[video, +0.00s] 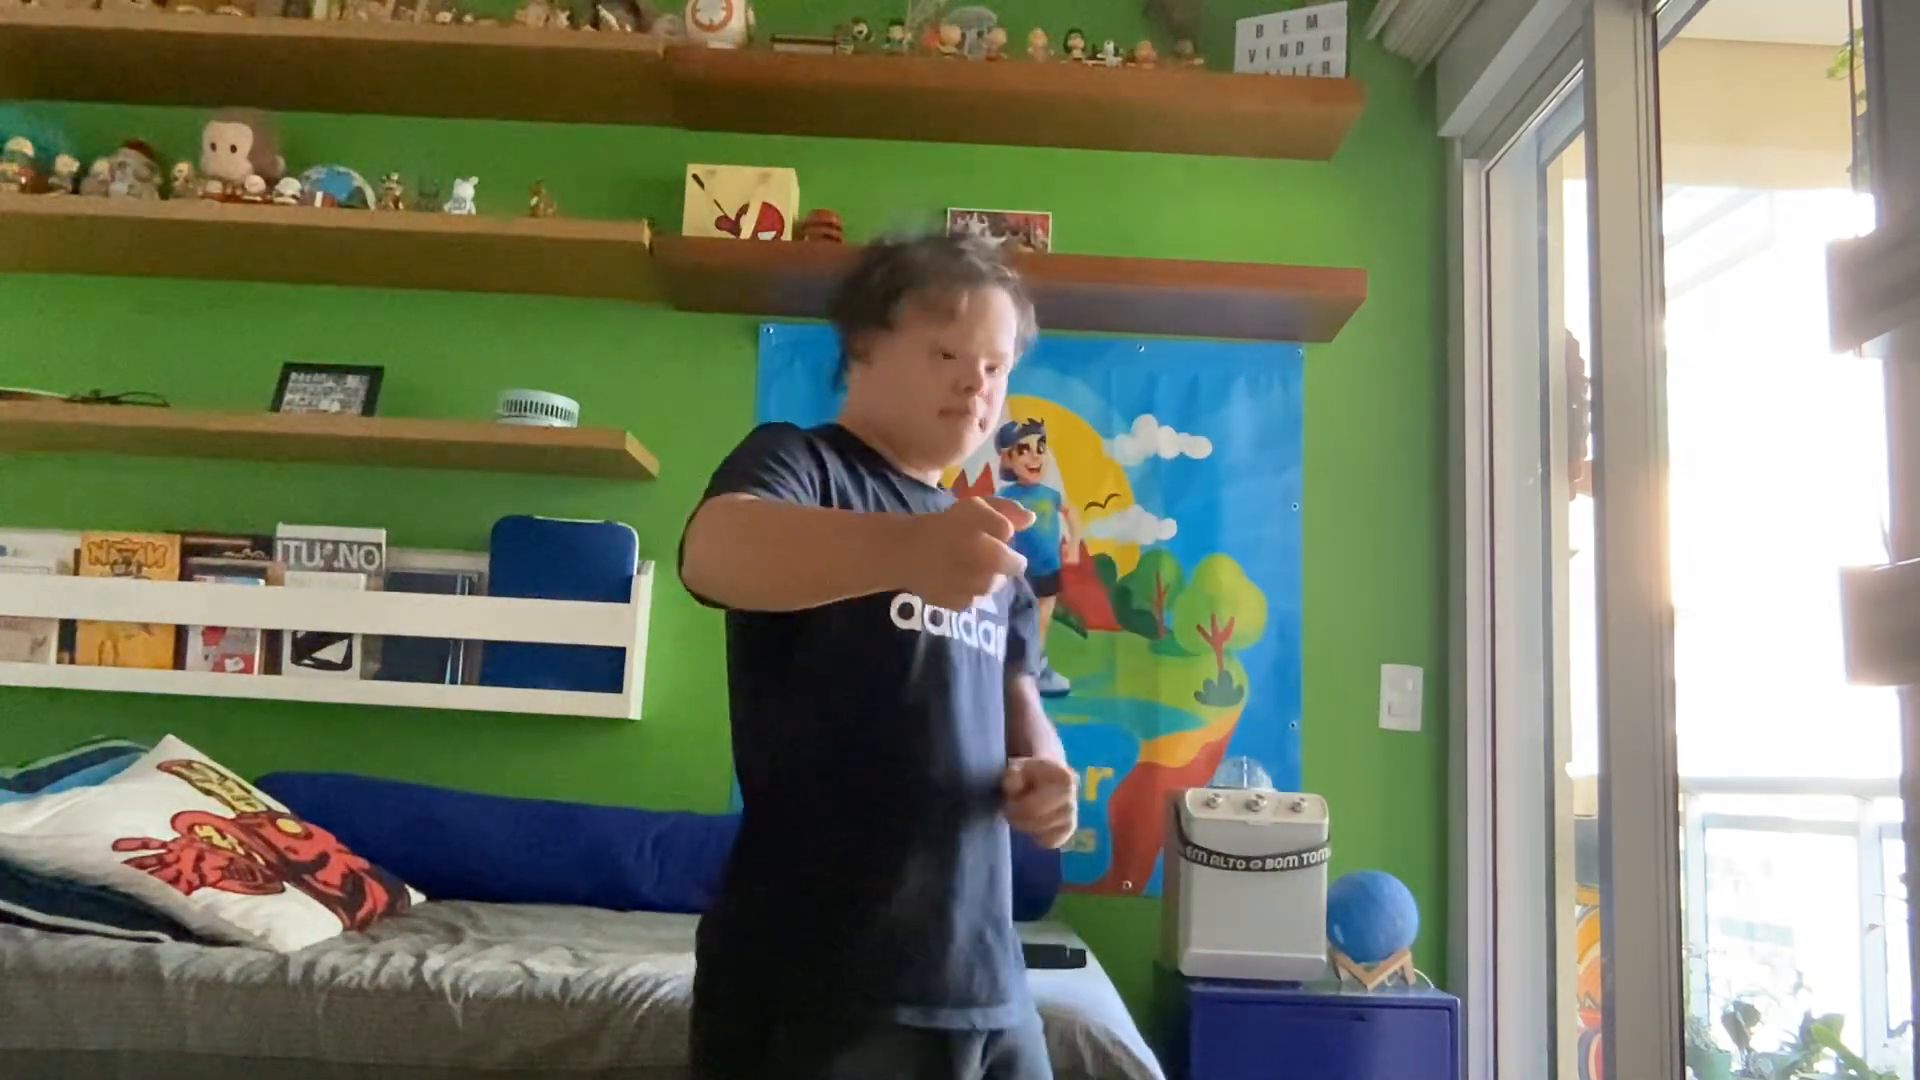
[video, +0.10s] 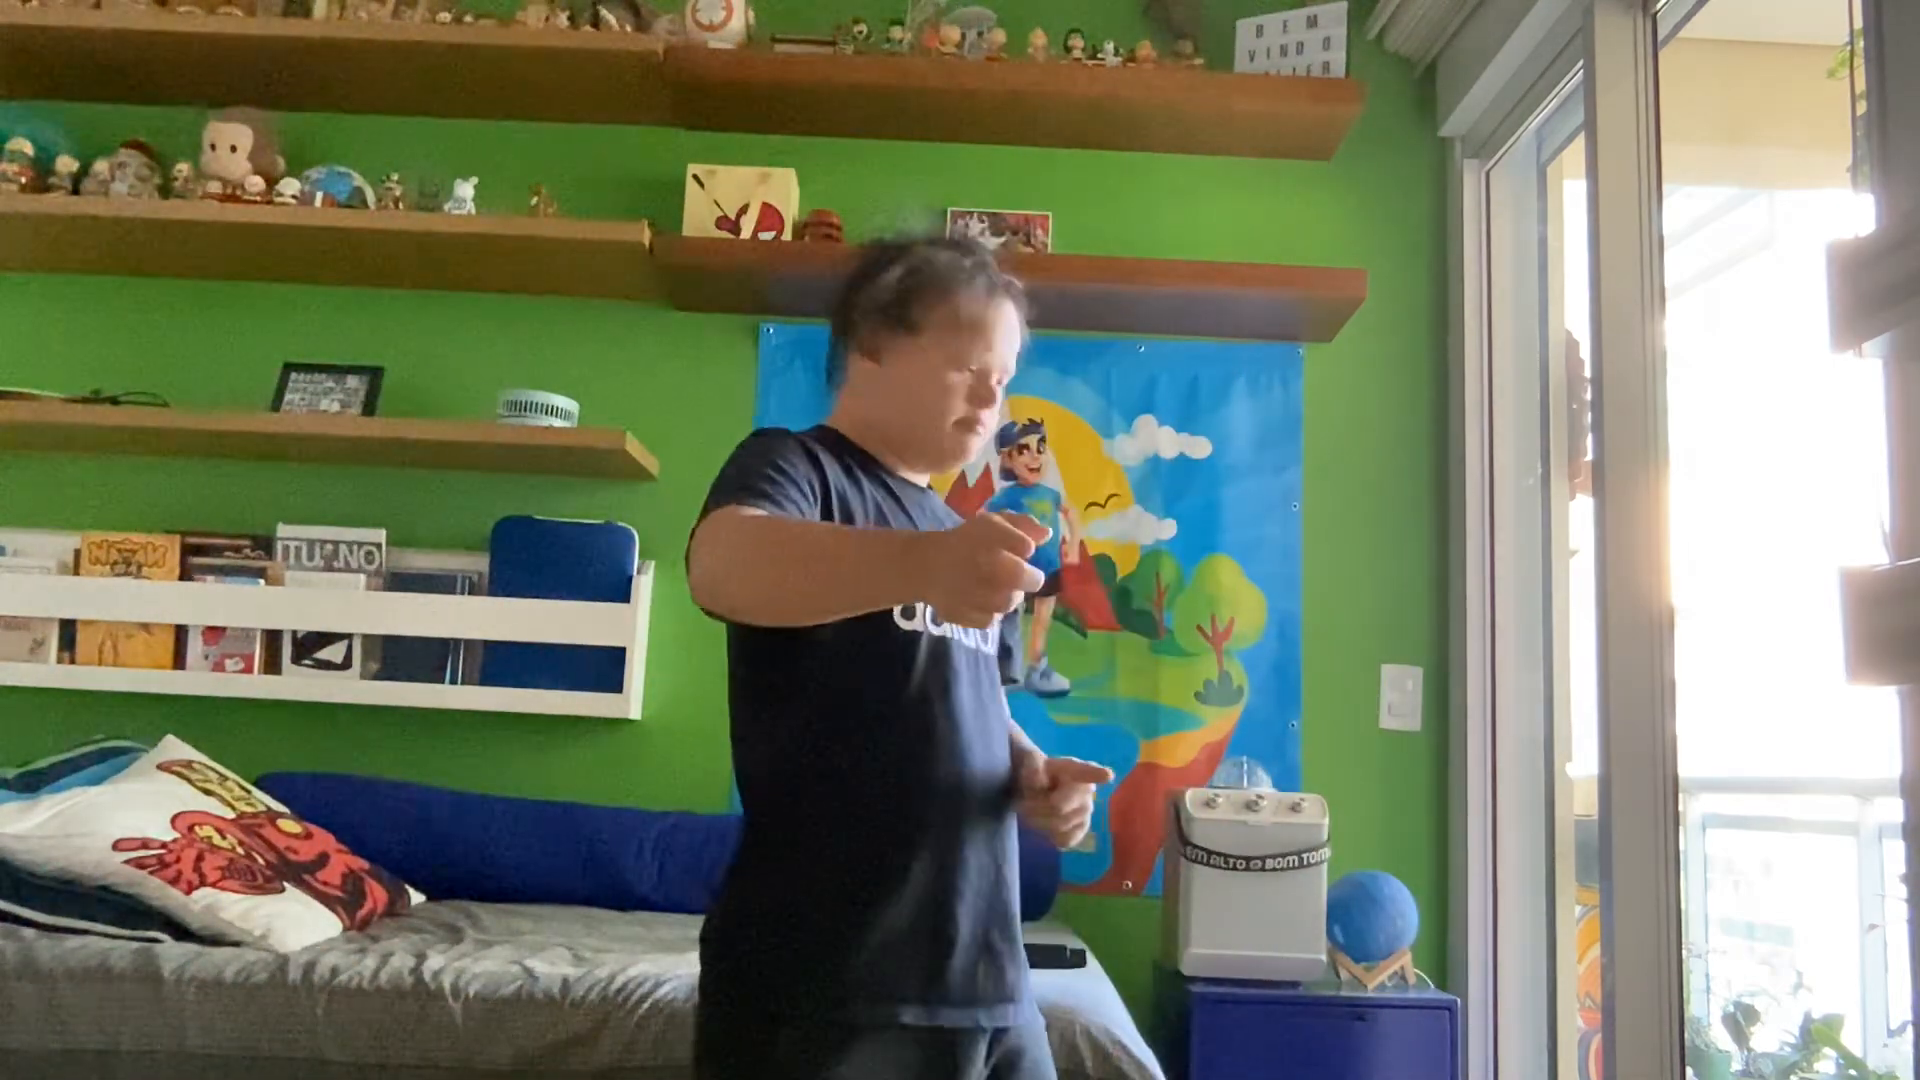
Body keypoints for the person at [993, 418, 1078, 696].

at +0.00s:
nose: (1033, 459)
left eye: (1038, 451)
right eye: (1022, 451)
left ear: (1045, 456)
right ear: (1006, 459)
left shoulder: (1050, 495)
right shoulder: (1004, 498)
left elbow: (1071, 516)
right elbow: (993, 531)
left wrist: (1073, 543)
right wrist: (1000, 560)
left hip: (1049, 571)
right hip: (1019, 572)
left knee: (1043, 622)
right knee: (1020, 624)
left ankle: (1039, 666)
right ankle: (1021, 670)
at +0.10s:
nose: (1033, 459)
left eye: (1039, 451)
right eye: (1023, 451)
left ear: (1046, 456)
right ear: (1007, 459)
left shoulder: (1052, 495)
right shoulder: (1004, 497)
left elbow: (1071, 516)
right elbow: (984, 521)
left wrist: (1073, 543)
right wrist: (995, 548)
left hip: (1048, 567)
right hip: (1015, 566)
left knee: (1043, 615)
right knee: (1009, 617)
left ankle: (1036, 666)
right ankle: (1007, 665)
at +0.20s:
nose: (1034, 458)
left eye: (1040, 451)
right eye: (1024, 451)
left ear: (1046, 457)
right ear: (1008, 460)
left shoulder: (1051, 494)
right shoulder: (1008, 494)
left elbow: (1070, 513)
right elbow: (978, 520)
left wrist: (1073, 541)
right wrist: (984, 549)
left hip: (1049, 569)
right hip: (1017, 570)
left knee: (1043, 617)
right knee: (1007, 618)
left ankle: (1037, 668)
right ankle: (1000, 668)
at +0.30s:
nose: (1034, 459)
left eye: (1040, 451)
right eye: (1024, 451)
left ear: (1046, 457)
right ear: (1010, 460)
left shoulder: (1051, 494)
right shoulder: (1008, 495)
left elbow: (1070, 514)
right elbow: (977, 520)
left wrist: (1073, 543)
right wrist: (979, 551)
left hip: (1049, 567)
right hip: (1020, 568)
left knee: (1044, 618)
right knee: (1011, 619)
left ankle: (1036, 668)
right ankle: (1006, 673)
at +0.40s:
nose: (1033, 458)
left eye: (1039, 451)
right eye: (1024, 451)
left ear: (1046, 458)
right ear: (1010, 460)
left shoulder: (1051, 494)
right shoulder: (1008, 495)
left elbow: (1070, 513)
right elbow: (977, 519)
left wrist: (1073, 543)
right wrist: (980, 552)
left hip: (1049, 568)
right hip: (1019, 569)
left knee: (1044, 617)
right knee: (1007, 620)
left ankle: (1037, 669)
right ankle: (997, 670)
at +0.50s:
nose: (1034, 459)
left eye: (1039, 452)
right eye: (1024, 452)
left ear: (1045, 459)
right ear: (1011, 462)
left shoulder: (1051, 494)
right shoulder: (1008, 495)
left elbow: (1070, 514)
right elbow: (978, 519)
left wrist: (1073, 544)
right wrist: (980, 551)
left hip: (1049, 568)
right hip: (1020, 568)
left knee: (1044, 615)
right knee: (1008, 617)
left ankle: (1037, 668)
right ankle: (993, 665)